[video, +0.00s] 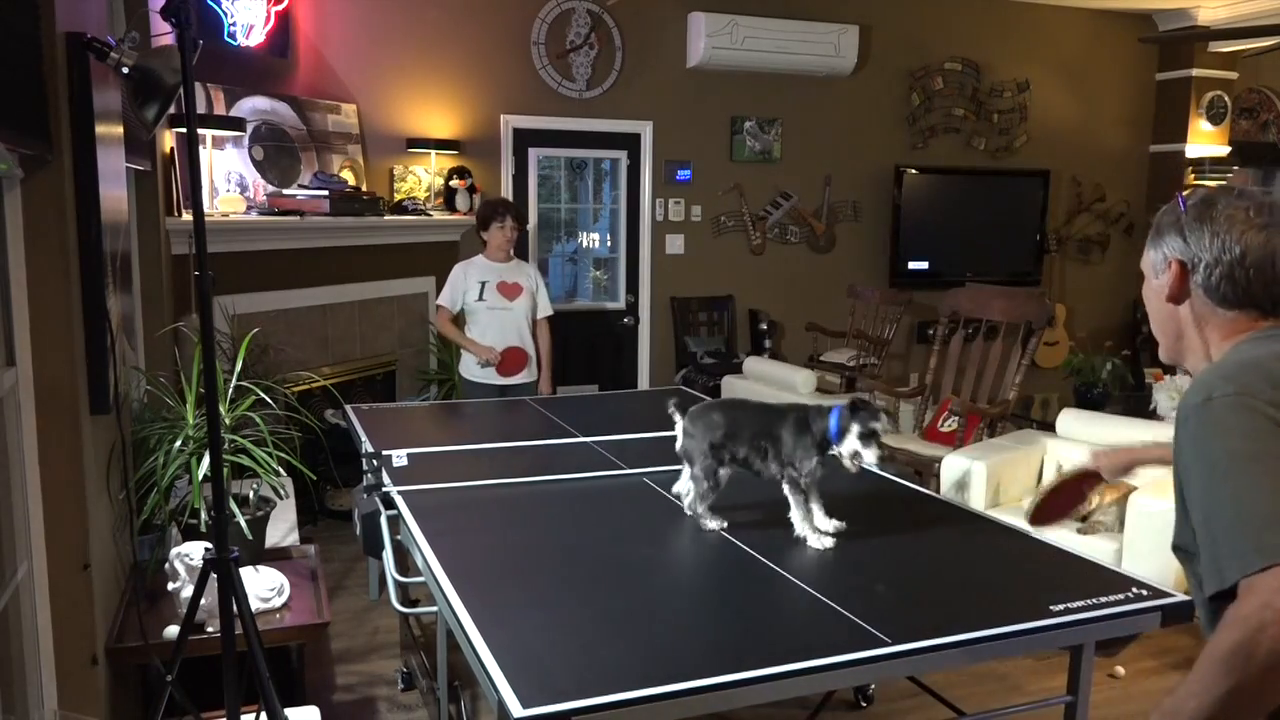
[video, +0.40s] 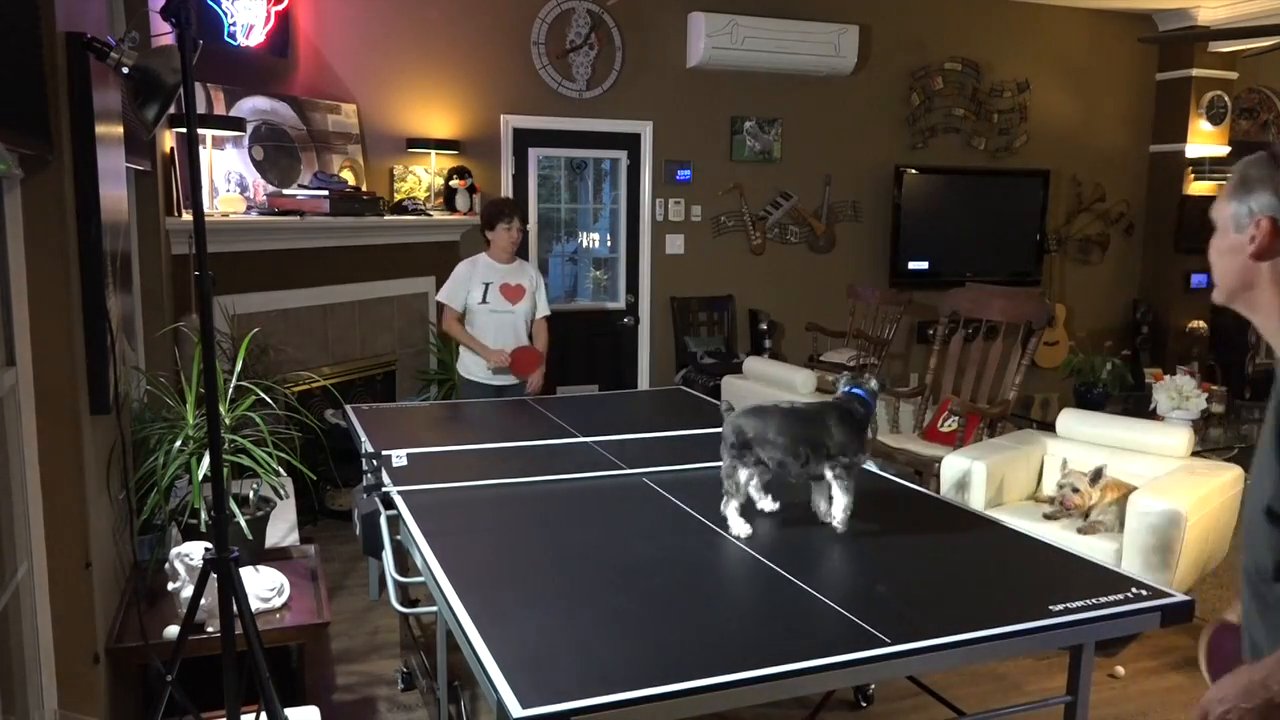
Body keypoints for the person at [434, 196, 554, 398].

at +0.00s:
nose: (509, 234)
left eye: (514, 228)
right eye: (501, 228)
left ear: (519, 232)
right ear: (484, 233)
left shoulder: (530, 272)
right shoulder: (464, 271)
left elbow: (541, 326)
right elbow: (441, 320)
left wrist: (545, 374)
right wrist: (476, 348)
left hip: (522, 381)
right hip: (478, 381)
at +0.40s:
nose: (515, 236)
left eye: (519, 230)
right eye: (508, 229)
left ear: (523, 232)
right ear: (488, 232)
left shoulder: (531, 273)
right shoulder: (468, 270)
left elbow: (539, 323)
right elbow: (449, 322)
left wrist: (539, 366)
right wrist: (487, 353)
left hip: (518, 381)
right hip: (476, 382)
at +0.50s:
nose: (525, 244)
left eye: (527, 236)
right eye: (517, 237)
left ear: (530, 237)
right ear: (497, 239)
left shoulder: (535, 279)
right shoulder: (479, 275)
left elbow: (540, 330)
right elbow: (471, 329)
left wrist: (545, 373)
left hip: (523, 380)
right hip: (480, 381)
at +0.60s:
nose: (537, 251)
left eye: (539, 243)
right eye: (529, 244)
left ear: (541, 244)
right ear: (509, 248)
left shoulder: (539, 282)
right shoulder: (497, 283)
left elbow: (543, 334)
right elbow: (517, 340)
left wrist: (550, 375)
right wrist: (564, 353)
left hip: (527, 381)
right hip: (485, 384)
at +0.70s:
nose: (555, 255)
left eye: (557, 248)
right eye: (548, 248)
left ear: (560, 249)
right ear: (528, 251)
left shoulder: (548, 285)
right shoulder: (520, 286)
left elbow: (548, 335)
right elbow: (549, 338)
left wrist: (555, 372)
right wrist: (600, 350)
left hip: (536, 383)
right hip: (497, 386)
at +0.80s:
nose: (578, 259)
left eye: (580, 252)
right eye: (570, 252)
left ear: (584, 252)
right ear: (550, 253)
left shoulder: (566, 283)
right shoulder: (541, 284)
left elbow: (559, 337)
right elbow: (560, 328)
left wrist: (561, 376)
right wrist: (603, 351)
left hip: (546, 378)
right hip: (510, 380)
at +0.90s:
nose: (594, 262)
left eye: (598, 256)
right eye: (588, 255)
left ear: (601, 257)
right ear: (570, 256)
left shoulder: (584, 287)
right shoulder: (556, 283)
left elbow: (579, 332)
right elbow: (554, 315)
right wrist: (571, 342)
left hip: (554, 377)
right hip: (517, 377)